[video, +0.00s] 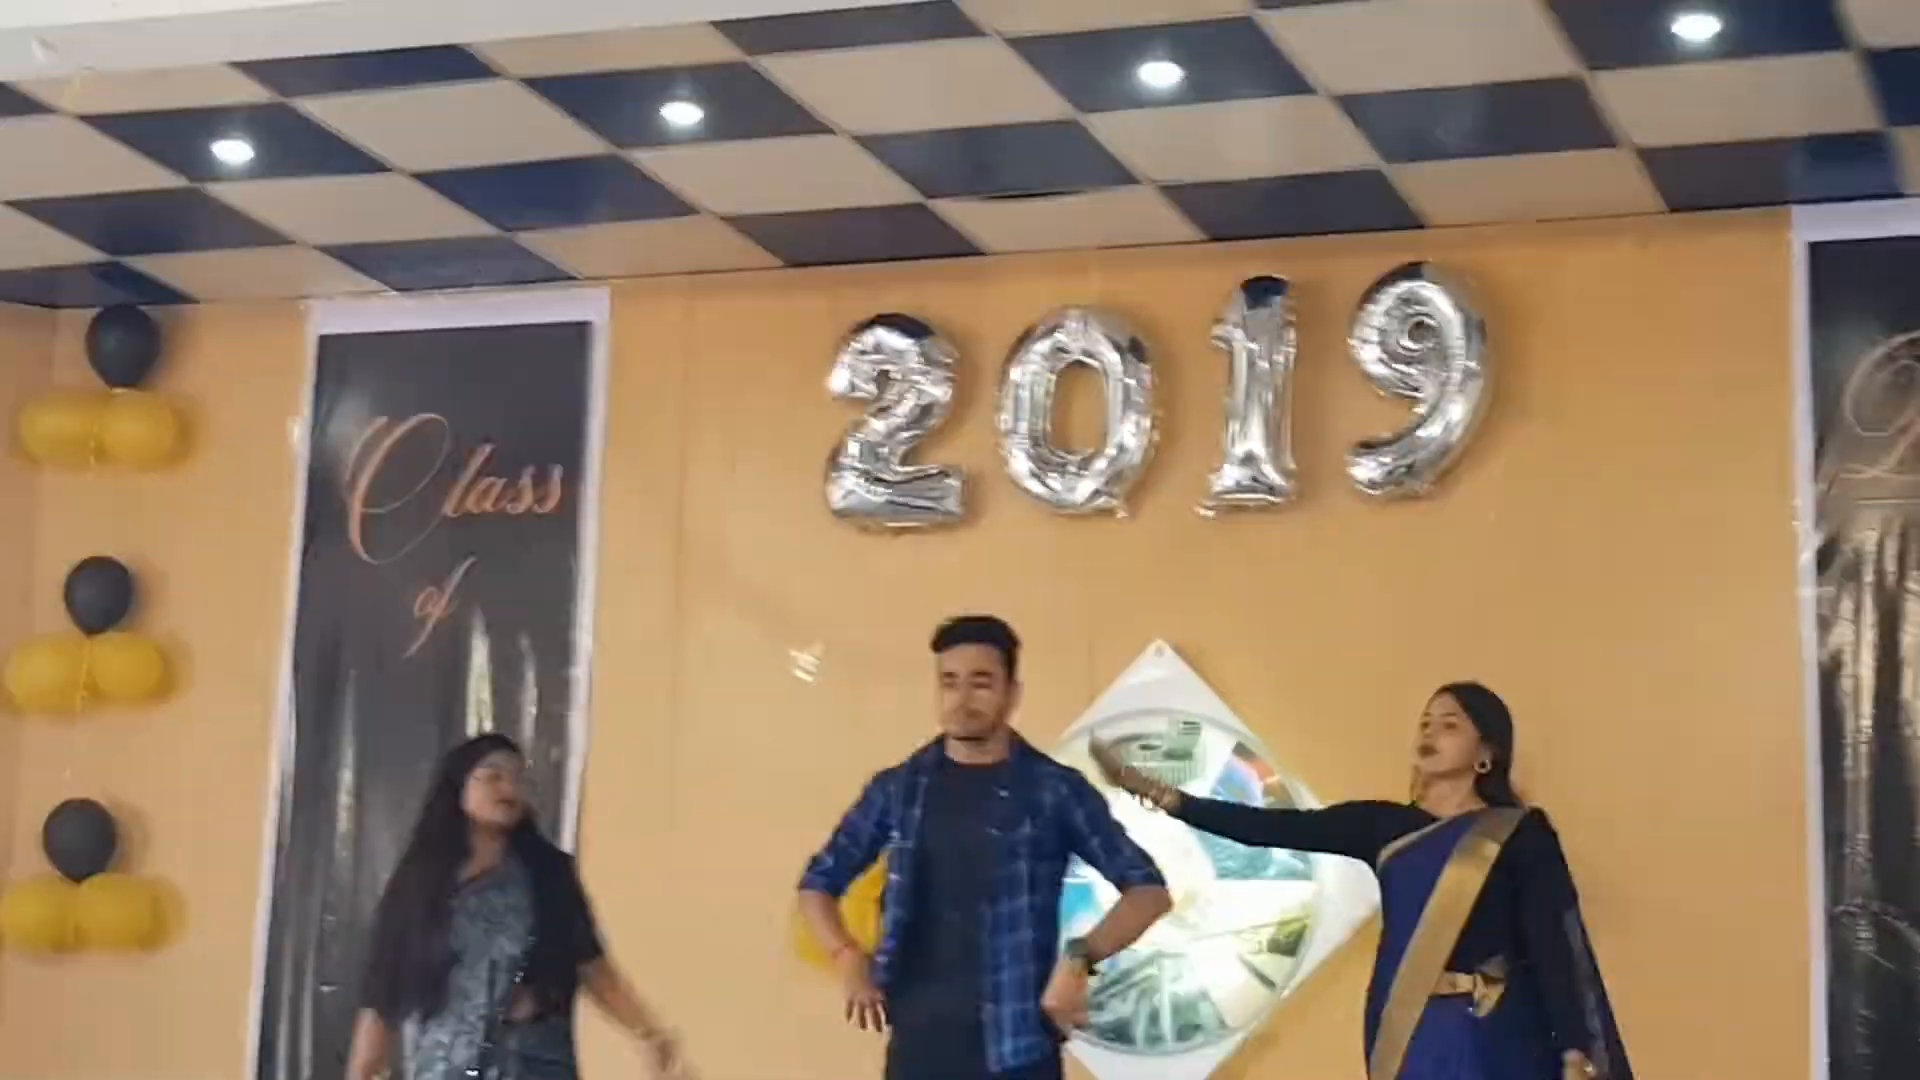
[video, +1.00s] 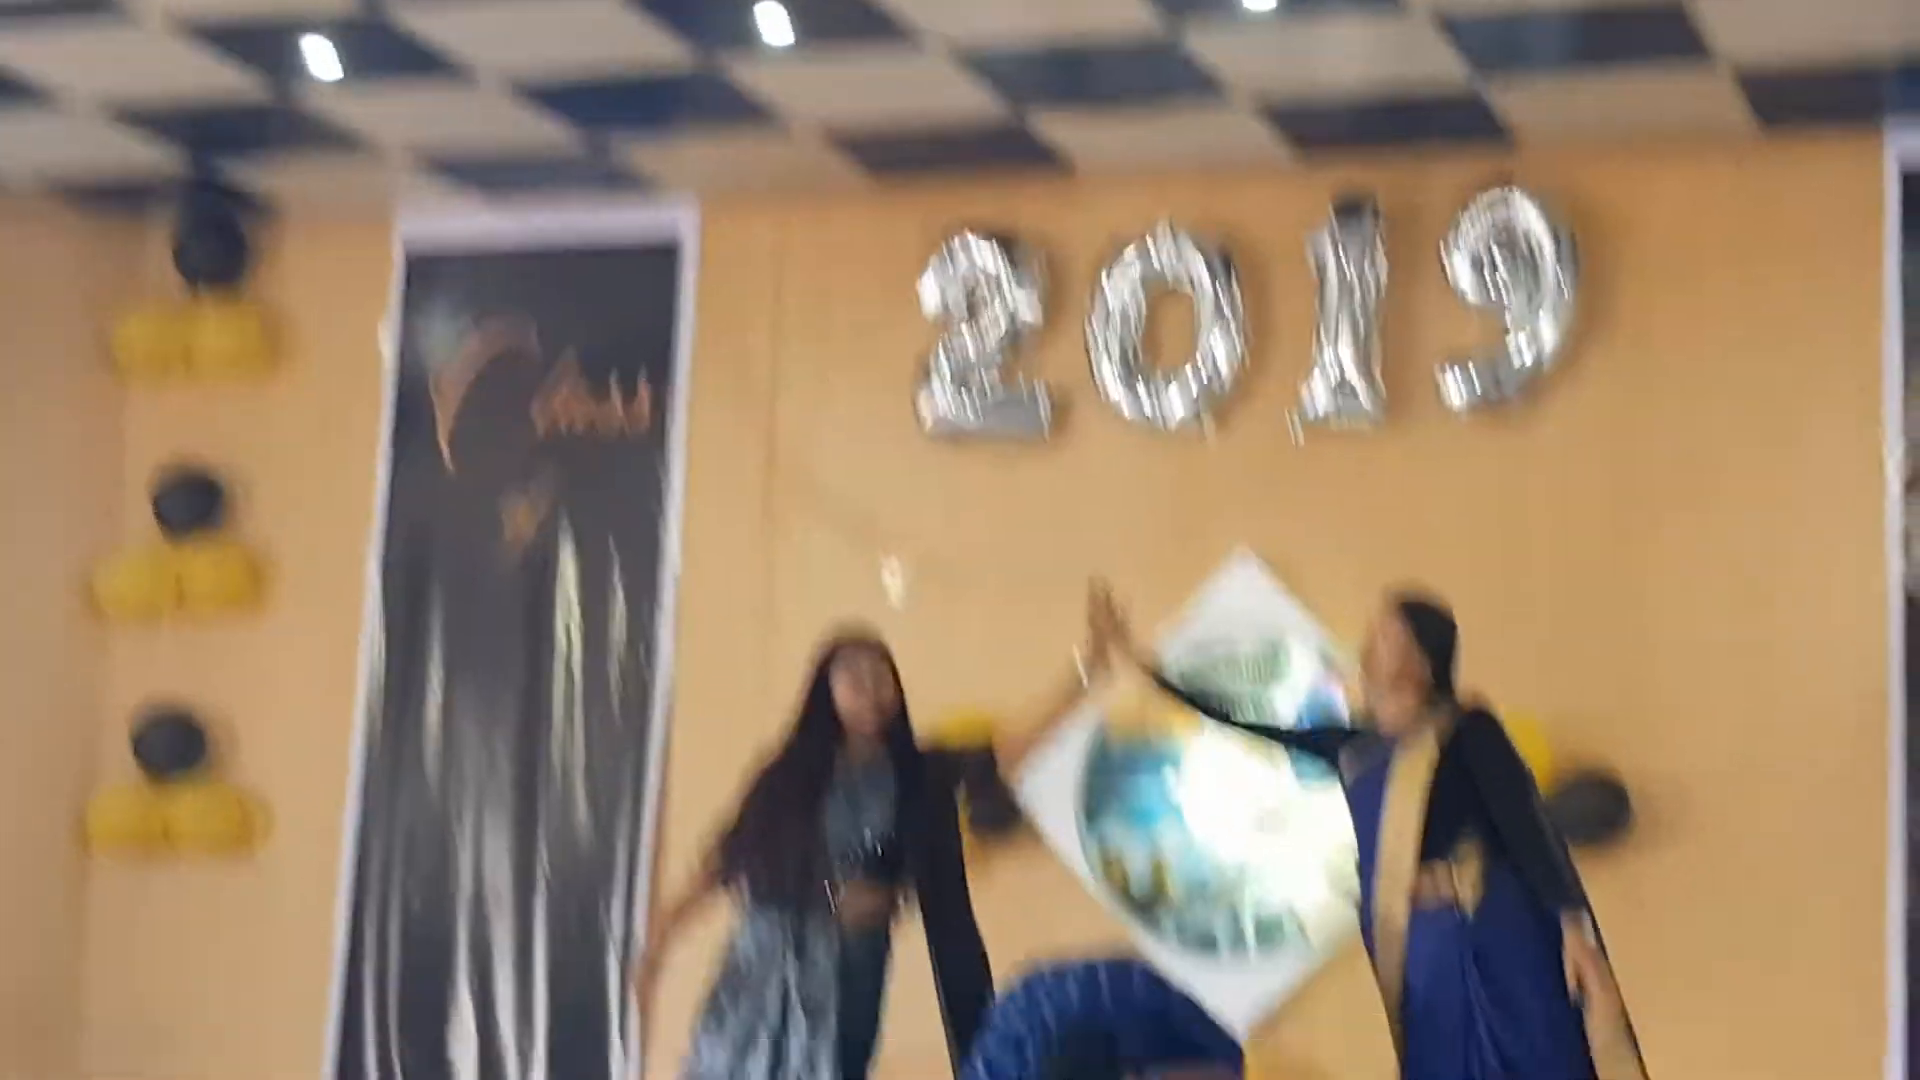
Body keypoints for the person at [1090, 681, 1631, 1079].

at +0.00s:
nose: (1426, 735)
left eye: (1446, 726)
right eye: (1423, 725)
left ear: (1488, 750)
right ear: (1416, 740)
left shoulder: (1522, 831)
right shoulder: (1385, 826)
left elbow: (1555, 948)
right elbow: (1270, 827)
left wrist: (1576, 1050)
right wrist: (1160, 793)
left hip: (1499, 1049)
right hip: (1401, 1048)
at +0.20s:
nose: (1432, 790)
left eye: (1452, 782)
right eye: (1428, 781)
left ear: (1490, 809)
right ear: (1420, 801)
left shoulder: (1526, 885)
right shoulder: (1388, 881)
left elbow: (1564, 1006)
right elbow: (1286, 923)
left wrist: (1585, 1074)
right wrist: (1187, 922)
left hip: (1508, 1063)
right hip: (1410, 1063)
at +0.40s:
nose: (1451, 824)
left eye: (1470, 814)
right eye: (1450, 814)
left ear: (1512, 840)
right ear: (1446, 828)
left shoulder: (1556, 921)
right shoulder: (1420, 913)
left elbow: (1583, 1039)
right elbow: (1340, 978)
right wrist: (1251, 1044)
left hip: (1510, 1070)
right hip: (1427, 1068)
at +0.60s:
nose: (1425, 822)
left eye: (1442, 810)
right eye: (1430, 809)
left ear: (1483, 833)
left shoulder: (1532, 908)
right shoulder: (1407, 918)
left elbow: (1573, 1043)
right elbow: (1328, 1008)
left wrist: (1502, 1068)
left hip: (1489, 1072)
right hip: (1419, 1070)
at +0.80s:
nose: (1384, 798)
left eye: (1402, 788)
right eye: (1390, 786)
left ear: (1442, 811)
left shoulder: (1492, 877)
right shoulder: (1375, 902)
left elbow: (1551, 999)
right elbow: (1279, 972)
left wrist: (1578, 1074)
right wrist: (1237, 880)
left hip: (1497, 1062)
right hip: (1413, 1067)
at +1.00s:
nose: (1383, 661)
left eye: (1398, 648)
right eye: (1376, 646)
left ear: (1431, 659)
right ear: (1366, 655)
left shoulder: (1470, 732)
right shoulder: (1352, 747)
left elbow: (1525, 826)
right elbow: (1237, 720)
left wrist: (1577, 925)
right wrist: (1142, 670)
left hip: (1501, 936)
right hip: (1410, 953)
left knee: (1535, 1059)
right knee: (1443, 1065)